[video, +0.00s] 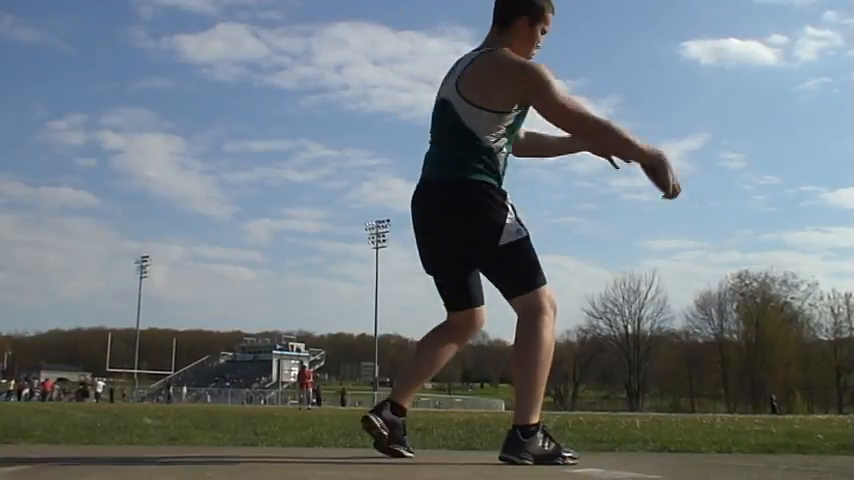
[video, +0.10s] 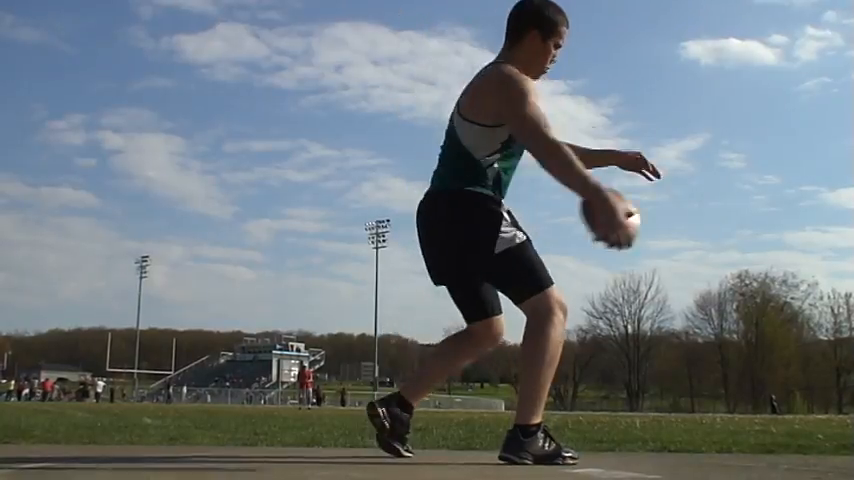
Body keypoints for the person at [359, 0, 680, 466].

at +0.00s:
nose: (542, 39)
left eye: (544, 30)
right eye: (541, 28)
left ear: (502, 20)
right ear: (520, 21)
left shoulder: (465, 68)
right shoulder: (520, 71)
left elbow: (513, 140)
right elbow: (579, 122)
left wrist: (581, 144)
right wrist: (647, 155)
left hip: (430, 203)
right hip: (476, 200)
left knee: (464, 319)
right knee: (538, 307)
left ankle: (391, 412)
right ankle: (527, 434)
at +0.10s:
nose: (556, 56)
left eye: (559, 48)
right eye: (555, 45)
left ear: (523, 37)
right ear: (535, 37)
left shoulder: (491, 81)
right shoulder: (510, 83)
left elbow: (544, 149)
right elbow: (547, 150)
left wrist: (612, 157)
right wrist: (594, 194)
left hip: (438, 215)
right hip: (474, 211)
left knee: (486, 329)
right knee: (549, 309)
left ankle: (398, 406)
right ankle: (527, 434)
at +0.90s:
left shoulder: (434, 13)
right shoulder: (512, 24)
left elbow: (359, 45)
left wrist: (292, 62)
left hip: (427, 154)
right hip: (480, 160)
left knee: (391, 277)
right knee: (472, 280)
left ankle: (374, 387)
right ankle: (487, 393)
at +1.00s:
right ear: (488, 4)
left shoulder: (446, 18)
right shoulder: (495, 36)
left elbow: (368, 15)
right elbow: (497, 36)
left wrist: (291, 13)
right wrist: (502, 25)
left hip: (428, 150)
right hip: (473, 160)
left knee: (396, 273)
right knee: (450, 286)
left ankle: (383, 385)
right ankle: (439, 406)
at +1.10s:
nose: (428, 8)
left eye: (433, 6)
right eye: (432, 6)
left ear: (448, 6)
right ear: (470, 10)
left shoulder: (454, 35)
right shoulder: (438, 45)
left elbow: (412, 4)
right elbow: (385, 39)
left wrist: (390, 5)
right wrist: (375, 23)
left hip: (429, 170)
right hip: (446, 174)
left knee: (402, 284)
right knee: (422, 294)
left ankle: (411, 414)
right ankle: (438, 415)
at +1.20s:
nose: (414, 6)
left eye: (419, 0)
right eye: (415, 1)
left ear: (434, 2)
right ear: (448, 5)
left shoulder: (450, 26)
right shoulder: (414, 43)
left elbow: (496, 34)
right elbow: (360, 41)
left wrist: (538, 49)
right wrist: (346, 21)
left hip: (430, 168)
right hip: (417, 171)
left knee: (413, 288)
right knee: (416, 293)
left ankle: (421, 418)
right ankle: (439, 417)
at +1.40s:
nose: (402, 5)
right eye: (402, 2)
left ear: (428, 0)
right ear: (423, 6)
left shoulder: (447, 24)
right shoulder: (406, 43)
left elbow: (502, 66)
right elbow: (346, 38)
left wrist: (554, 119)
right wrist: (345, 10)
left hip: (430, 173)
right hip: (418, 174)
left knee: (416, 302)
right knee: (419, 302)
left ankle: (428, 427)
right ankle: (441, 425)